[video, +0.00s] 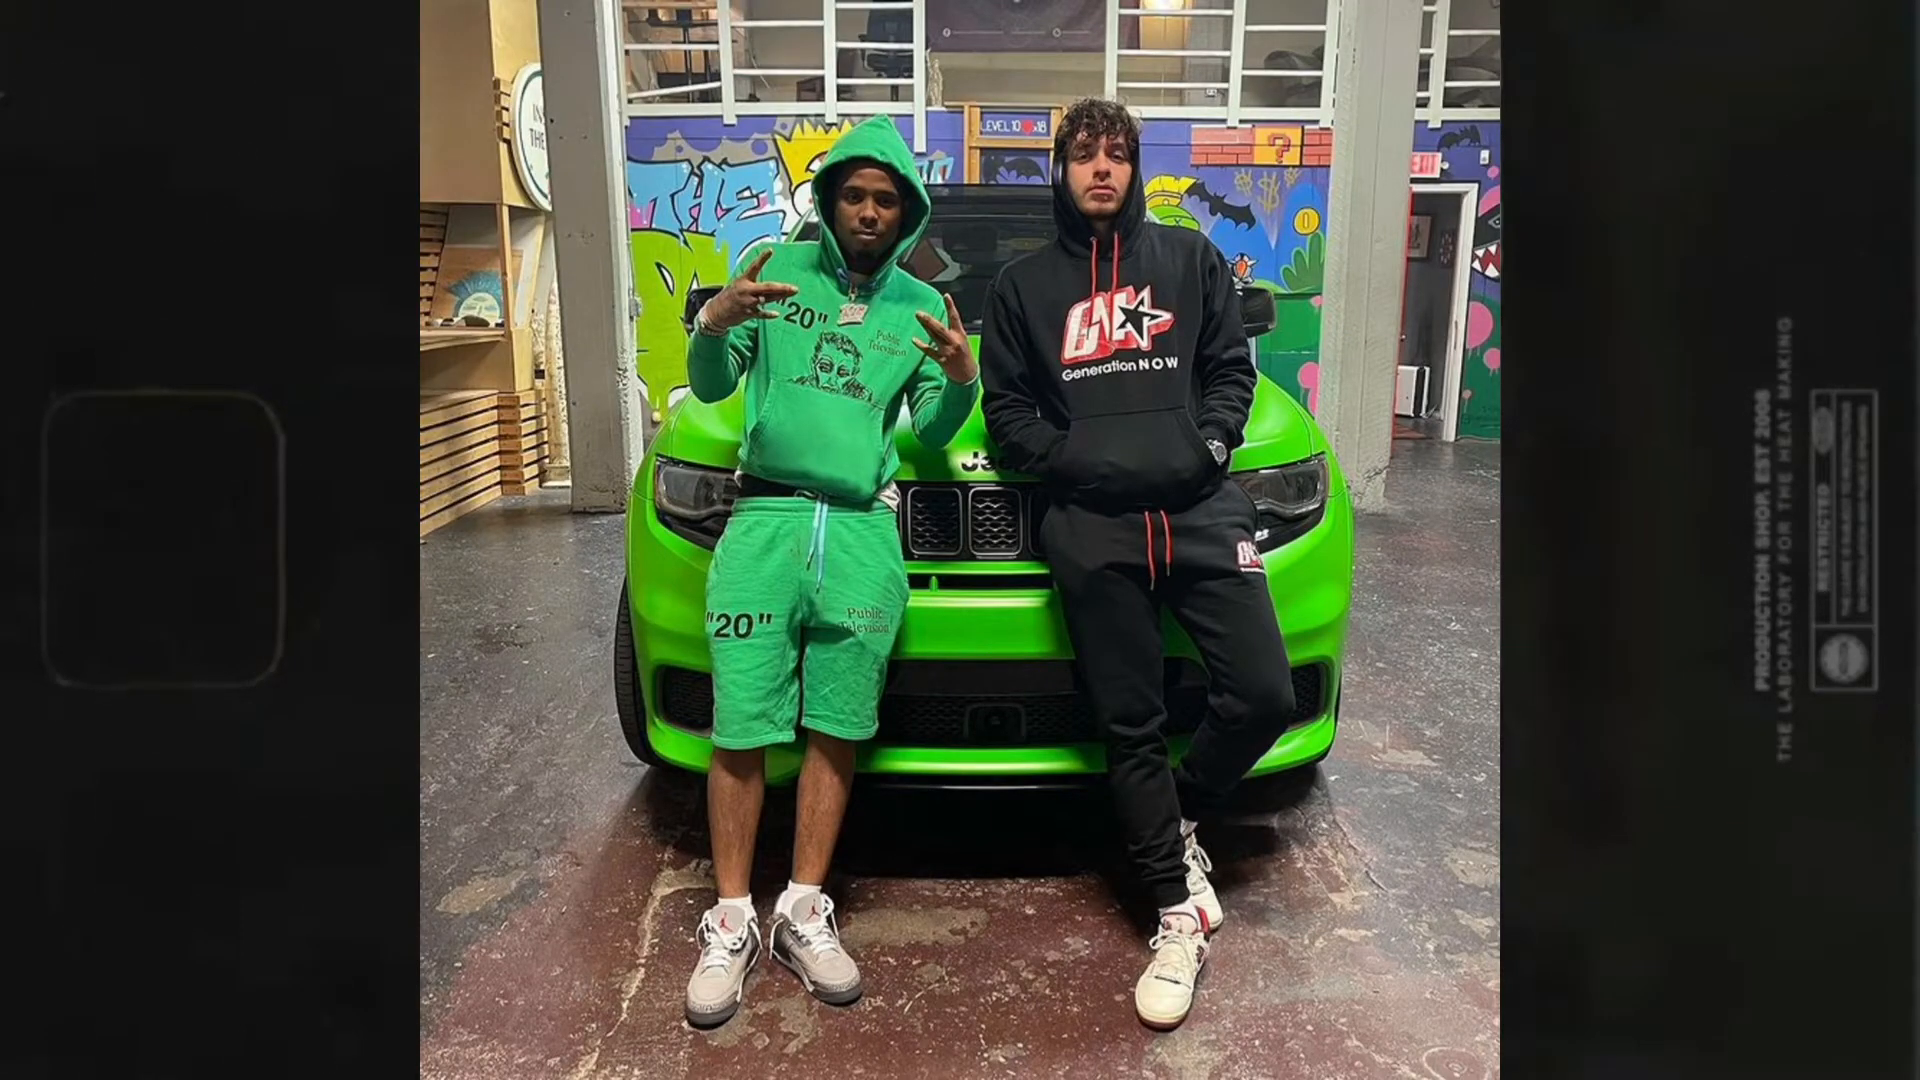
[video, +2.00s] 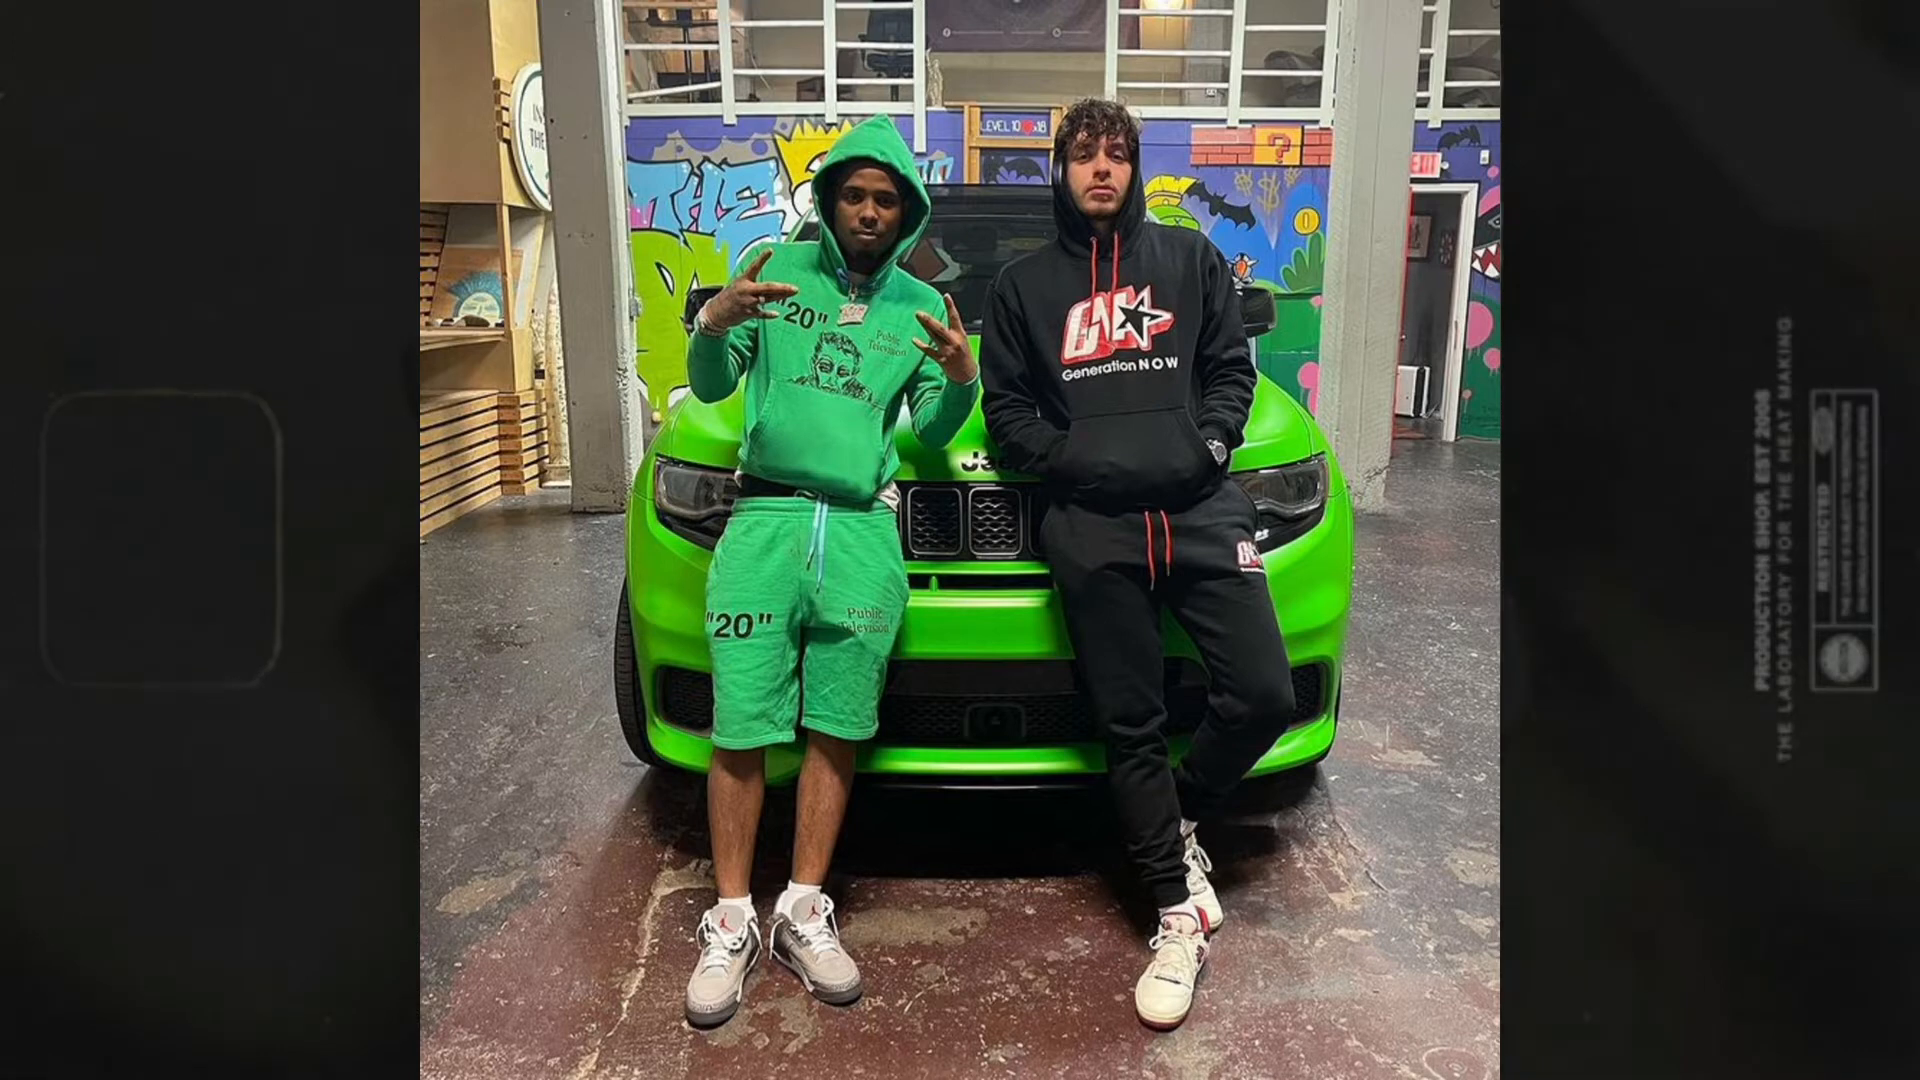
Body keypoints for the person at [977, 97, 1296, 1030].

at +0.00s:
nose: (1101, 171)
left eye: (1115, 159)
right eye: (1086, 159)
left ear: (1137, 170)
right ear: (1061, 172)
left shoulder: (1193, 257)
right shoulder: (1019, 281)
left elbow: (1232, 367)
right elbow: (1005, 405)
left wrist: (1208, 445)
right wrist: (1066, 456)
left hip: (1200, 502)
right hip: (1090, 513)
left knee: (1262, 693)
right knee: (1131, 719)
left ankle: (1179, 819)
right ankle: (1179, 917)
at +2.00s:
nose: (1102, 171)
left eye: (1115, 158)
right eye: (1087, 158)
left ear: (1137, 171)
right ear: (1061, 172)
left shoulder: (1191, 256)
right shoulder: (1017, 280)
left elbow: (1232, 363)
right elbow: (1003, 403)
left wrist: (1209, 444)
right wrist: (1065, 457)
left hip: (1200, 503)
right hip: (1091, 514)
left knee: (1262, 692)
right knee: (1131, 719)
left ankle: (1180, 818)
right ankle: (1179, 917)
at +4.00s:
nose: (1102, 171)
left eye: (1116, 158)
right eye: (1088, 158)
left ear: (1137, 171)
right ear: (1062, 171)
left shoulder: (1191, 256)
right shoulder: (1018, 280)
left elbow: (1232, 364)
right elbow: (1004, 403)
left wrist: (1209, 444)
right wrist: (1065, 457)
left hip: (1200, 503)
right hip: (1091, 514)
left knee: (1262, 693)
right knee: (1131, 718)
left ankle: (1179, 819)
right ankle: (1179, 916)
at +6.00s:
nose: (1102, 171)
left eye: (1115, 158)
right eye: (1087, 158)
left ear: (1137, 171)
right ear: (1061, 172)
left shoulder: (1191, 256)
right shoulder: (1017, 280)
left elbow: (1232, 363)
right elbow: (1003, 403)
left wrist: (1209, 444)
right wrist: (1064, 457)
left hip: (1200, 503)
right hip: (1091, 514)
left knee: (1262, 692)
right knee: (1131, 719)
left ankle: (1180, 818)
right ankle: (1179, 918)